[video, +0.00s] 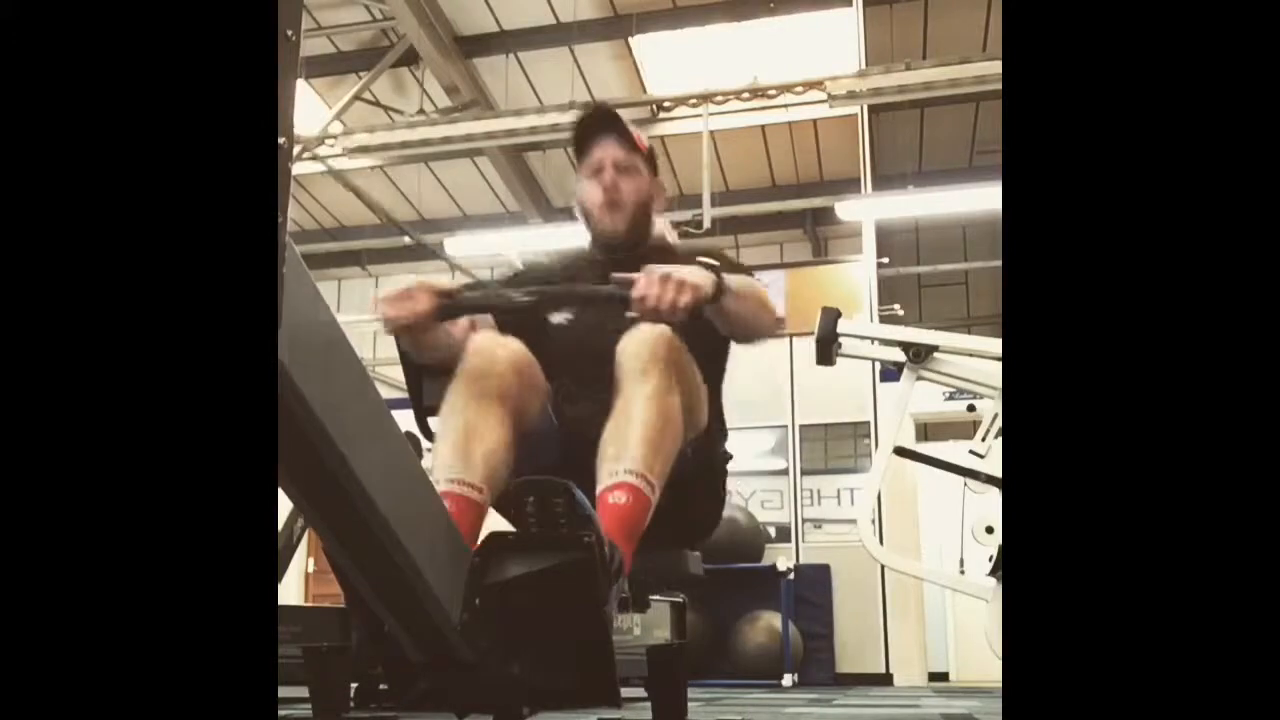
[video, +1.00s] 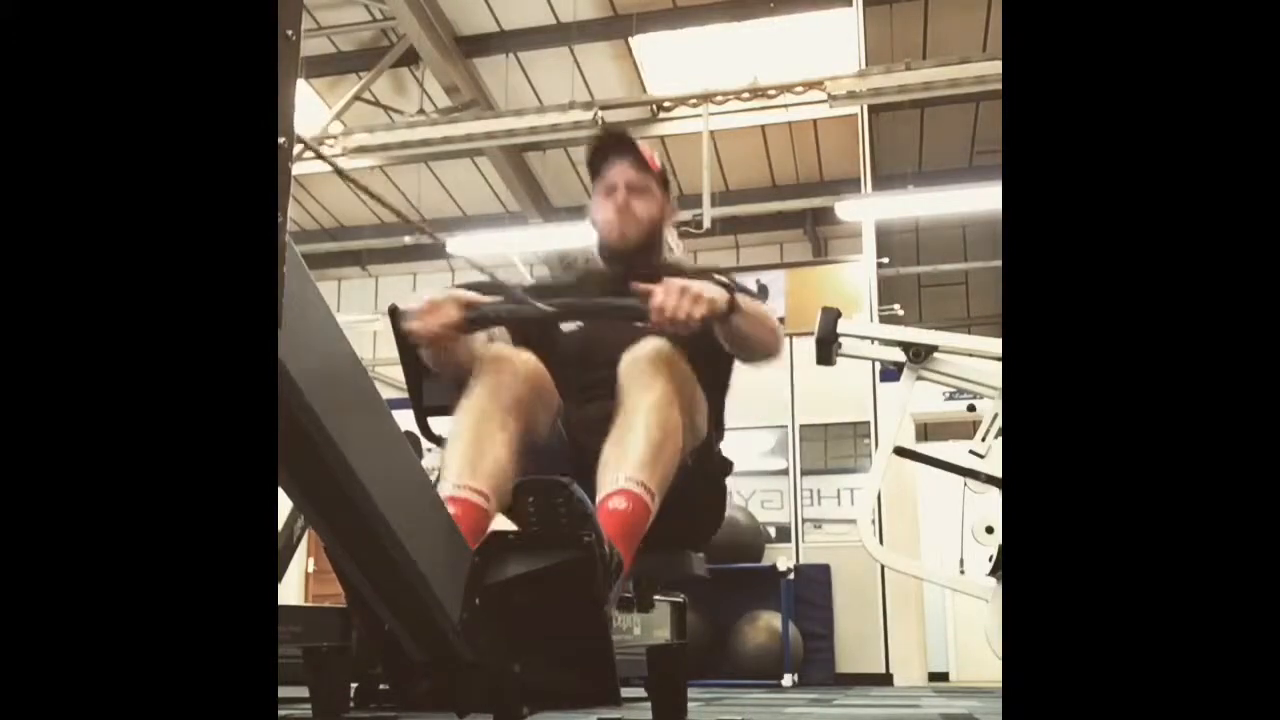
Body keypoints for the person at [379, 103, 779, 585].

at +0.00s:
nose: (610, 185)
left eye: (627, 169)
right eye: (594, 173)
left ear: (656, 187)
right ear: (578, 197)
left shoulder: (703, 270)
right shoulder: (541, 281)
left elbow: (766, 323)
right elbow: (449, 348)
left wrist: (710, 285)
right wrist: (415, 326)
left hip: (671, 489)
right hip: (551, 487)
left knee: (649, 344)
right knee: (488, 352)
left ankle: (607, 558)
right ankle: (442, 557)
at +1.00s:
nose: (622, 201)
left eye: (639, 191)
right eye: (609, 192)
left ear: (667, 210)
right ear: (592, 212)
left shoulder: (704, 288)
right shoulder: (552, 290)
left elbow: (769, 346)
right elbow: (473, 372)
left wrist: (724, 305)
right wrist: (442, 340)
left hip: (674, 489)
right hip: (555, 490)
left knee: (652, 358)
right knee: (505, 364)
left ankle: (607, 557)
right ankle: (446, 551)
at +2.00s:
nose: (639, 246)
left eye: (654, 235)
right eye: (628, 235)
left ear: (680, 250)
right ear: (612, 251)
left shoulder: (717, 329)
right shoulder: (571, 332)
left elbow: (809, 383)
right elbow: (468, 407)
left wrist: (753, 326)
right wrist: (473, 344)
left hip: (681, 501)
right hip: (568, 492)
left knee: (654, 391)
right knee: (521, 395)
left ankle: (606, 567)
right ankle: (458, 553)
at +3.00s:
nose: (651, 289)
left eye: (665, 280)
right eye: (639, 281)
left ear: (690, 293)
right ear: (624, 296)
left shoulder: (725, 355)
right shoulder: (583, 358)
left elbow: (824, 419)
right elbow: (488, 437)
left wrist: (767, 350)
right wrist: (515, 363)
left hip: (689, 504)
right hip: (582, 499)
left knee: (655, 439)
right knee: (536, 439)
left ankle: (610, 572)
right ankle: (469, 554)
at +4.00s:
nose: (655, 302)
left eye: (669, 293)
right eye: (645, 293)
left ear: (695, 304)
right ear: (630, 305)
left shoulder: (726, 368)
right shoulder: (596, 368)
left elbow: (825, 437)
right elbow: (505, 438)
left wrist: (773, 365)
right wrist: (535, 376)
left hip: (696, 498)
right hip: (595, 488)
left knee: (660, 461)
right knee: (537, 468)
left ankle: (605, 575)